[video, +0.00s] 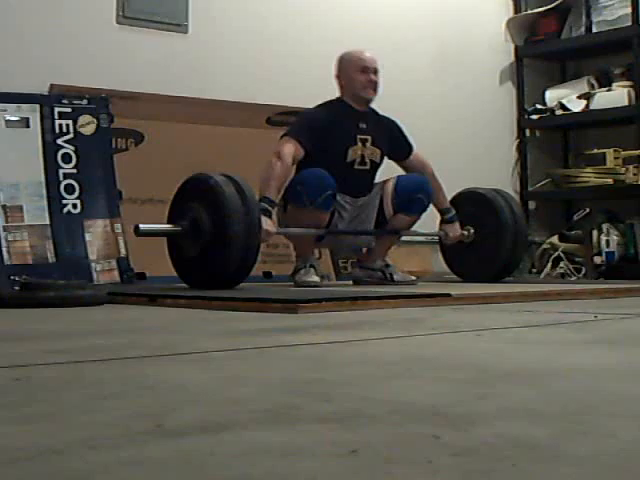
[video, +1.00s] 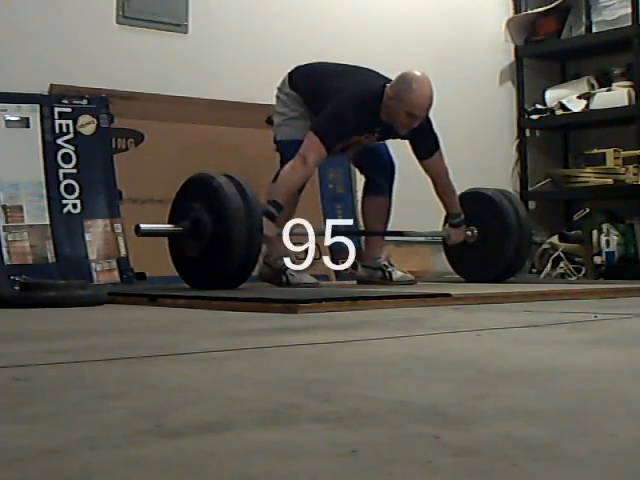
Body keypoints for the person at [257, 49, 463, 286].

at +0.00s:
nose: (372, 79)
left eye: (375, 73)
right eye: (364, 72)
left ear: (380, 78)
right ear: (341, 78)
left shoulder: (385, 128)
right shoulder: (317, 118)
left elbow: (422, 170)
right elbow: (283, 157)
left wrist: (449, 216)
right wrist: (266, 209)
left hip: (362, 213)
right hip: (317, 210)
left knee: (417, 188)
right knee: (315, 182)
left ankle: (373, 262)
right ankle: (304, 263)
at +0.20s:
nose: (392, 97)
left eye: (396, 91)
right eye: (386, 89)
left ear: (399, 91)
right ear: (362, 85)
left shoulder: (395, 131)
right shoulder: (330, 119)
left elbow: (429, 170)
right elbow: (284, 153)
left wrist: (451, 215)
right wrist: (266, 210)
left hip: (363, 209)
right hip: (318, 207)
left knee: (419, 187)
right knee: (315, 182)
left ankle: (372, 263)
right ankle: (304, 264)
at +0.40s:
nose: (406, 121)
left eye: (411, 114)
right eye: (400, 112)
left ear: (416, 109)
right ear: (377, 98)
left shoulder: (411, 136)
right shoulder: (340, 122)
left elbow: (438, 172)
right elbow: (284, 153)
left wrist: (455, 216)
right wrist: (263, 209)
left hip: (361, 203)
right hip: (315, 200)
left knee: (416, 186)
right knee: (316, 181)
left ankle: (371, 263)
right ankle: (305, 265)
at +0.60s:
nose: (412, 128)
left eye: (418, 121)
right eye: (408, 119)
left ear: (423, 116)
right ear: (386, 103)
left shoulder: (414, 128)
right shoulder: (349, 111)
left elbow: (439, 171)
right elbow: (297, 153)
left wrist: (457, 219)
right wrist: (266, 213)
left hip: (342, 151)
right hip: (293, 133)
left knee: (399, 172)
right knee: (319, 168)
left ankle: (371, 262)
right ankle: (303, 265)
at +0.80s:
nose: (416, 124)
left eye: (421, 117)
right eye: (411, 115)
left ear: (426, 111)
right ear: (389, 100)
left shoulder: (415, 119)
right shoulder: (353, 104)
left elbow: (438, 171)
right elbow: (306, 160)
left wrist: (457, 219)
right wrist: (270, 216)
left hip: (340, 116)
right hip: (295, 100)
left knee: (382, 168)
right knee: (303, 165)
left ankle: (372, 262)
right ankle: (269, 253)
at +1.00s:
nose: (416, 125)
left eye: (421, 118)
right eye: (411, 116)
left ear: (426, 111)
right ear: (389, 100)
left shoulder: (416, 118)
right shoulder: (354, 105)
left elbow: (438, 170)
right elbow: (304, 161)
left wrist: (456, 218)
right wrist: (269, 215)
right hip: (299, 100)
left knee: (382, 168)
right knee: (295, 171)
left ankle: (372, 262)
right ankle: (273, 260)